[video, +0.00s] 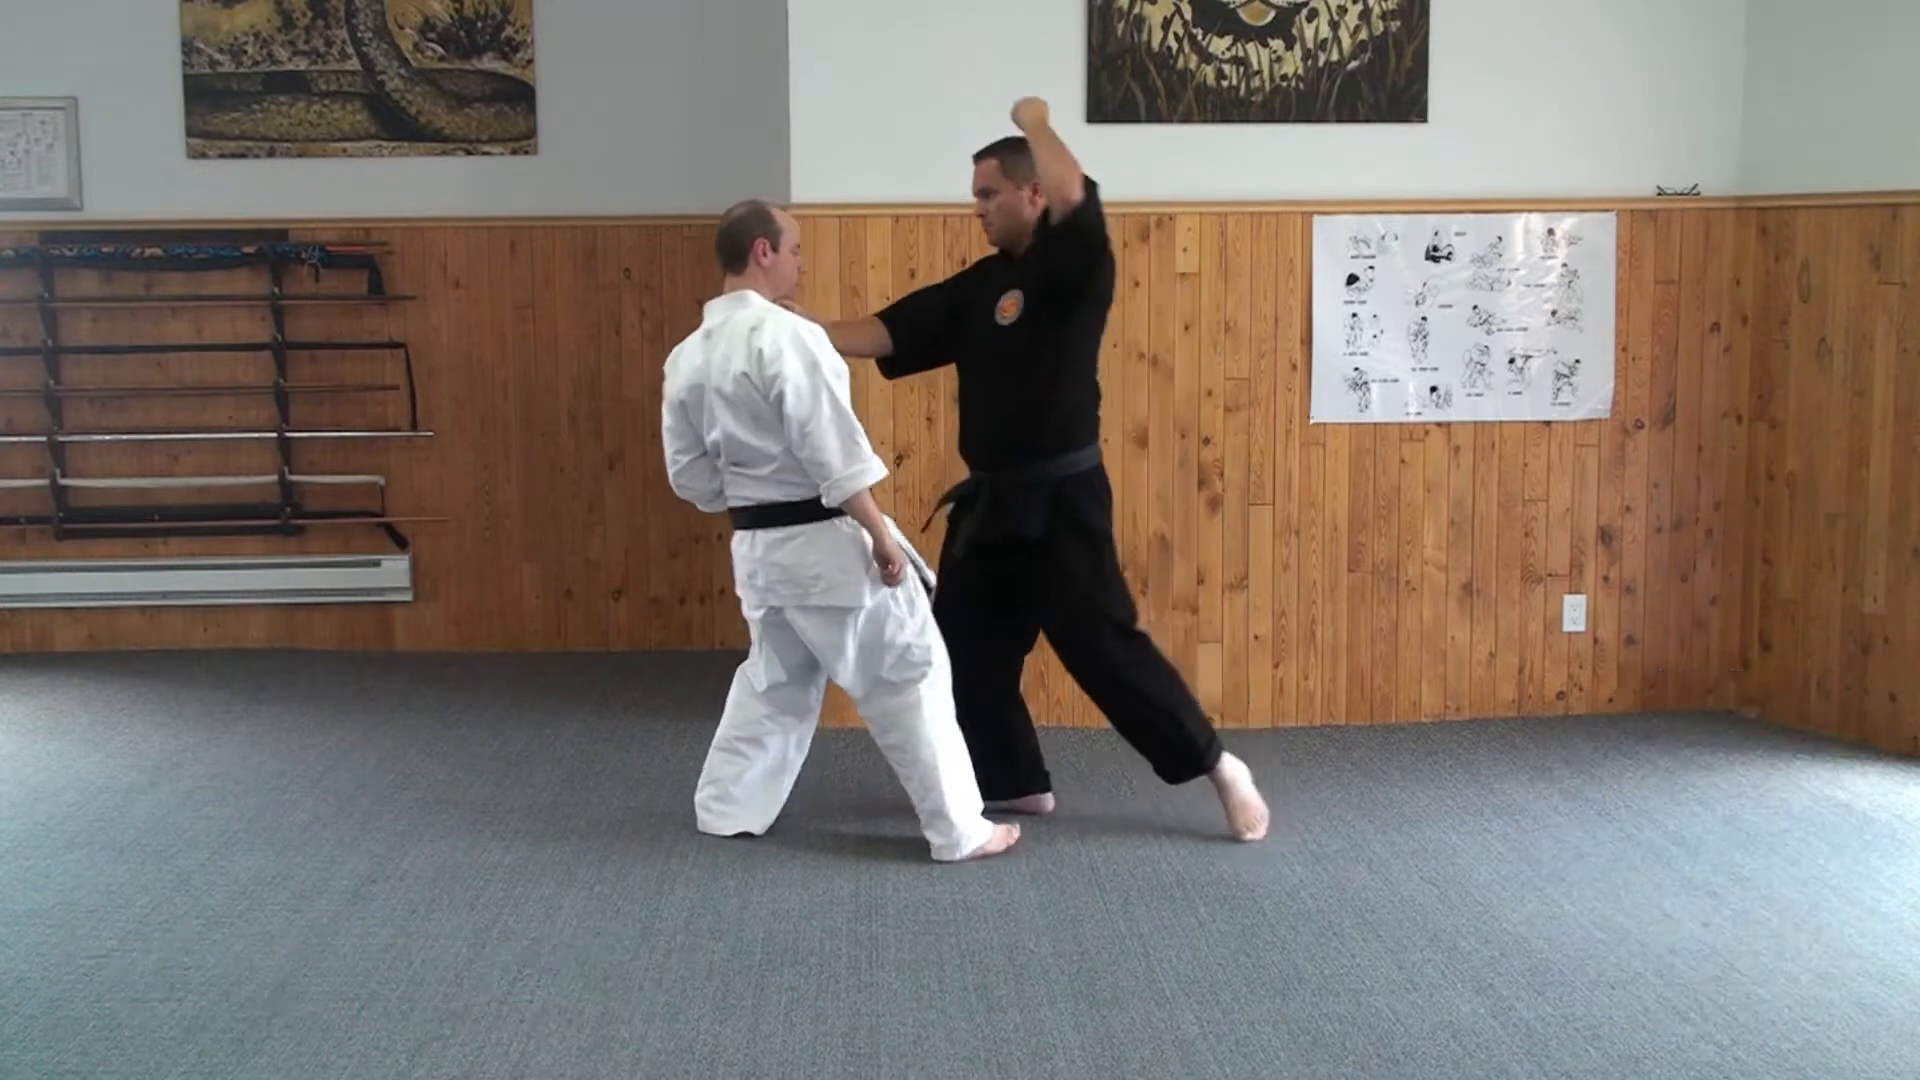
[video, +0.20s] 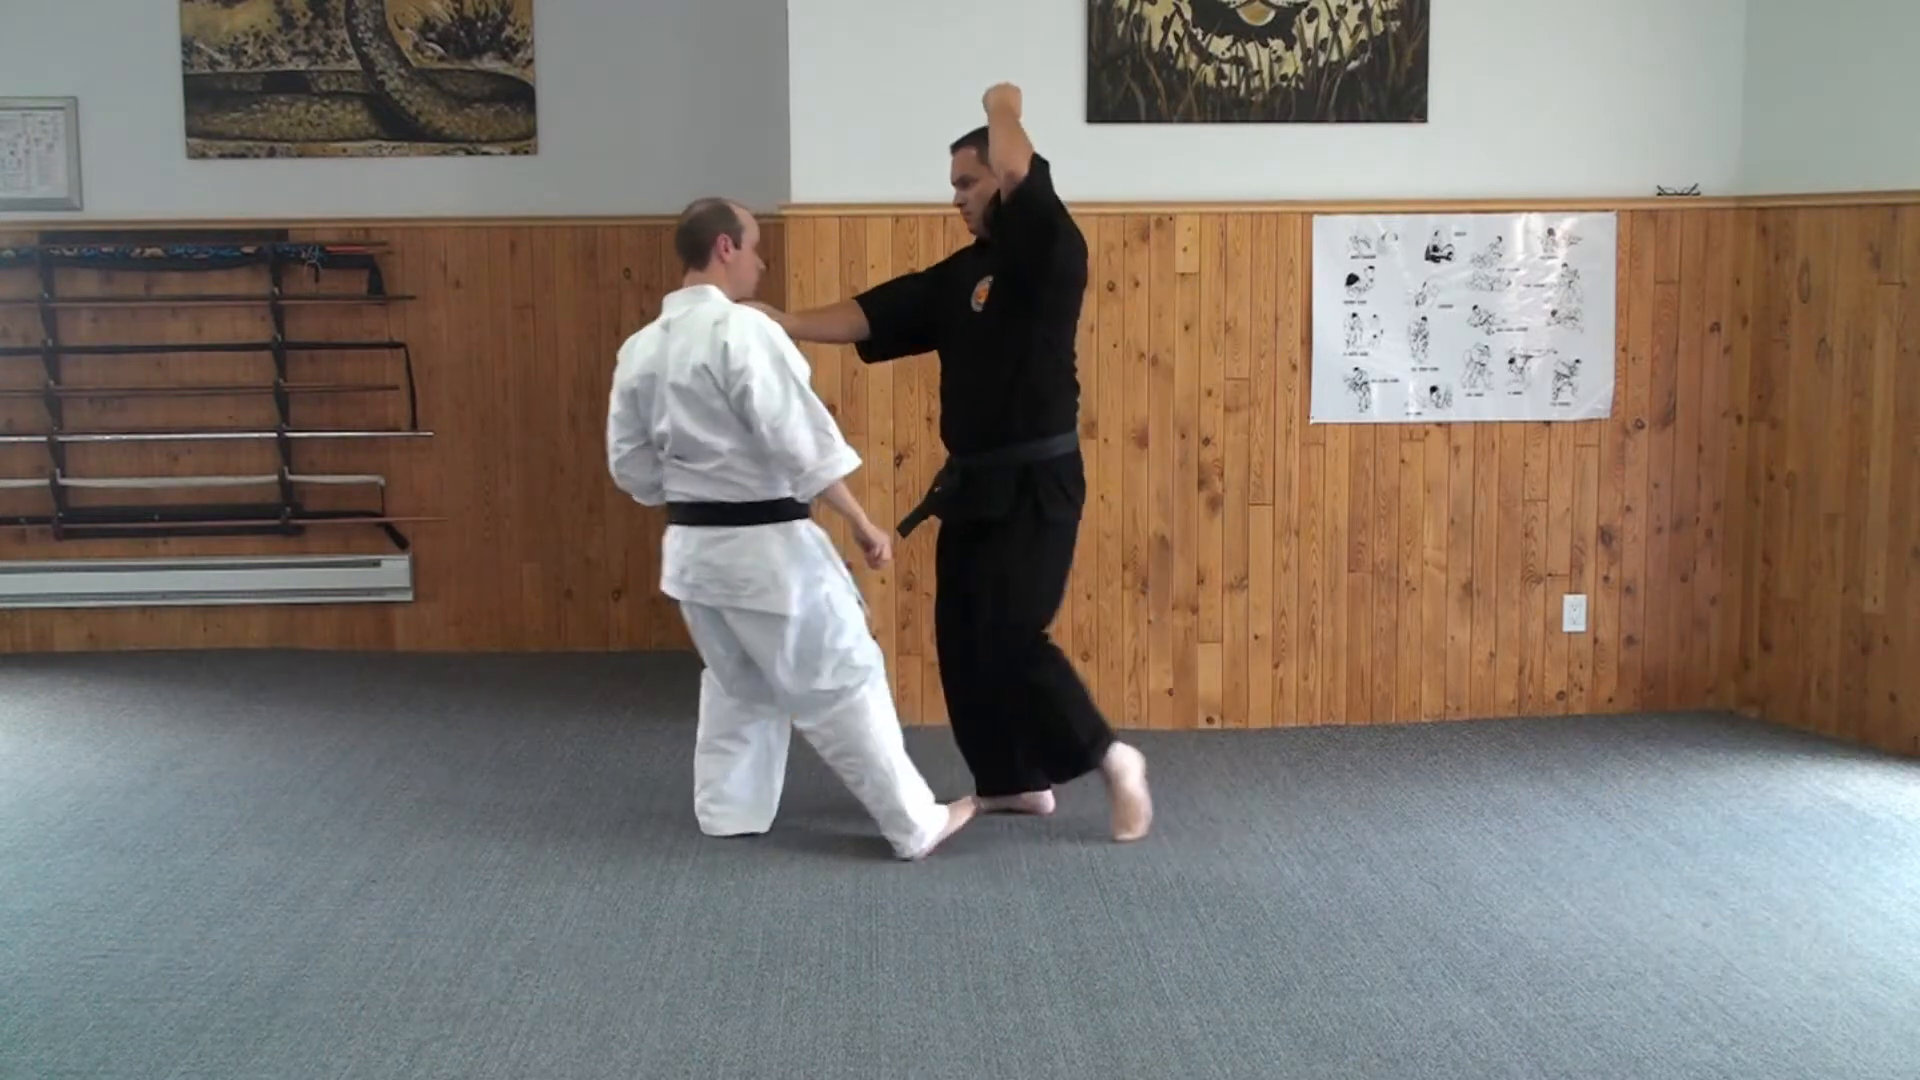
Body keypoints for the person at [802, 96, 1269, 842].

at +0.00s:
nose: (977, 207)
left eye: (987, 193)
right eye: (975, 196)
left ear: (1033, 193)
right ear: (992, 202)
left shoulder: (1072, 262)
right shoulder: (976, 287)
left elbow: (1073, 197)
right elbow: (883, 333)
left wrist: (1037, 130)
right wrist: (792, 333)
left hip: (1063, 491)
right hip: (991, 495)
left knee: (1101, 642)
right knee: (967, 644)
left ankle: (1218, 767)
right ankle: (1017, 784)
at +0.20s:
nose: (955, 198)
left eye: (965, 183)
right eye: (952, 187)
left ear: (1006, 177)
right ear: (964, 191)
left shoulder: (1048, 250)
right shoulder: (956, 276)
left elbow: (1019, 176)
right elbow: (865, 317)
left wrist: (1004, 118)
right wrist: (776, 324)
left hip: (1039, 473)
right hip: (972, 475)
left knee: (1011, 632)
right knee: (962, 634)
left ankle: (1111, 758)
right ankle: (1013, 781)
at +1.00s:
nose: (835, 206)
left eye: (846, 195)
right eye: (841, 197)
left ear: (872, 206)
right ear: (899, 215)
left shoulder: (837, 269)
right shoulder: (911, 287)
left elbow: (755, 194)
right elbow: (800, 354)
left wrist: (845, 184)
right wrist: (710, 336)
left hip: (836, 512)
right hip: (911, 509)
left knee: (752, 666)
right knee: (925, 654)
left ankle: (724, 847)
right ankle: (995, 789)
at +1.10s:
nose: (790, 219)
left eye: (797, 207)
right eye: (790, 208)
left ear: (824, 213)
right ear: (869, 221)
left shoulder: (785, 284)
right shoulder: (894, 295)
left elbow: (679, 263)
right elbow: (799, 368)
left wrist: (753, 211)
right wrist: (700, 348)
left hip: (816, 526)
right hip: (904, 521)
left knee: (721, 671)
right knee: (907, 647)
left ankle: (722, 850)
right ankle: (960, 789)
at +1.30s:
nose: (759, 228)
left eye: (763, 217)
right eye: (764, 215)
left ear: (781, 222)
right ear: (839, 227)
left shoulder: (747, 309)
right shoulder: (876, 302)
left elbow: (651, 323)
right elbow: (901, 356)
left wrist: (687, 257)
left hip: (805, 542)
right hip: (897, 531)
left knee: (709, 679)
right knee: (908, 661)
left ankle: (723, 853)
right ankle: (963, 802)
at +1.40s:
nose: (767, 220)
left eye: (770, 209)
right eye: (772, 208)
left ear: (788, 216)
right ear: (846, 221)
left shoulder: (753, 302)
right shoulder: (881, 297)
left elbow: (658, 318)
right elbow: (905, 353)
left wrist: (695, 249)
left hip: (802, 534)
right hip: (895, 525)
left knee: (712, 680)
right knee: (908, 661)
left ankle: (725, 854)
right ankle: (963, 804)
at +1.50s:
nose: (781, 213)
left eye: (785, 202)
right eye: (788, 202)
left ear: (802, 209)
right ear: (858, 217)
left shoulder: (761, 292)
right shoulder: (889, 294)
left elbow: (669, 304)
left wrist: (715, 232)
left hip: (800, 528)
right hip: (893, 522)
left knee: (716, 681)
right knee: (910, 662)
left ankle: (724, 854)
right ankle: (963, 805)